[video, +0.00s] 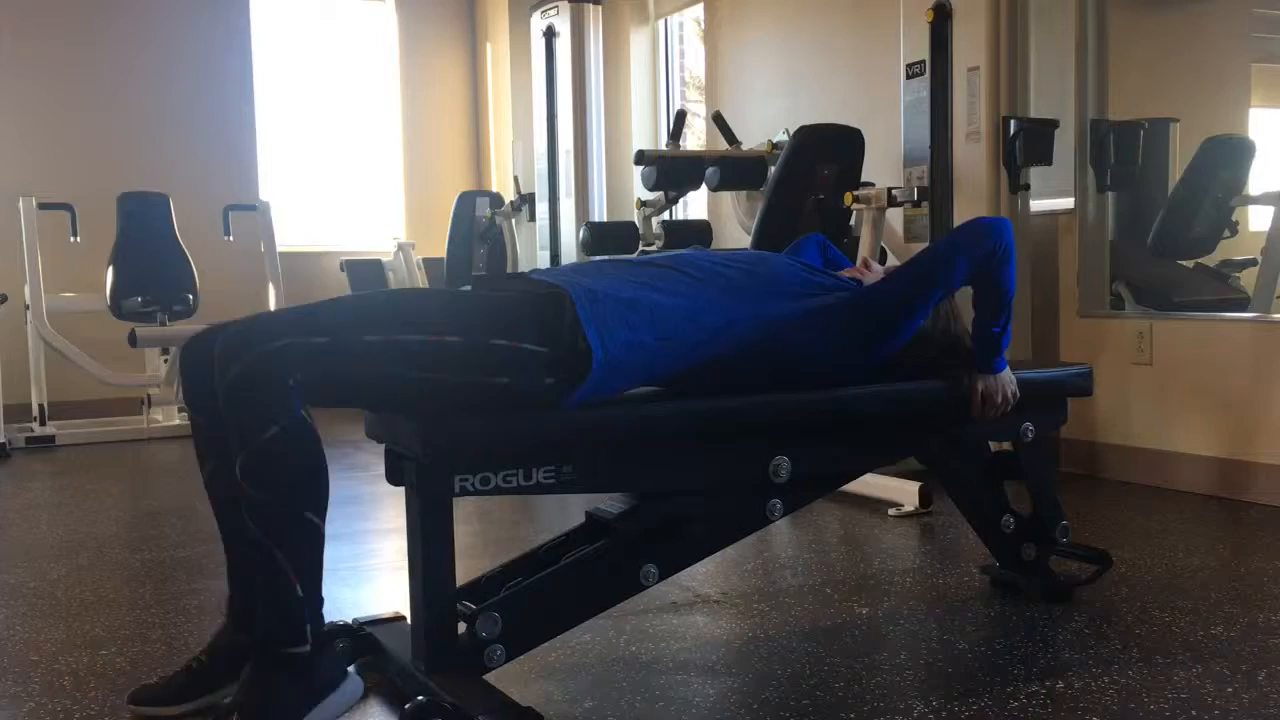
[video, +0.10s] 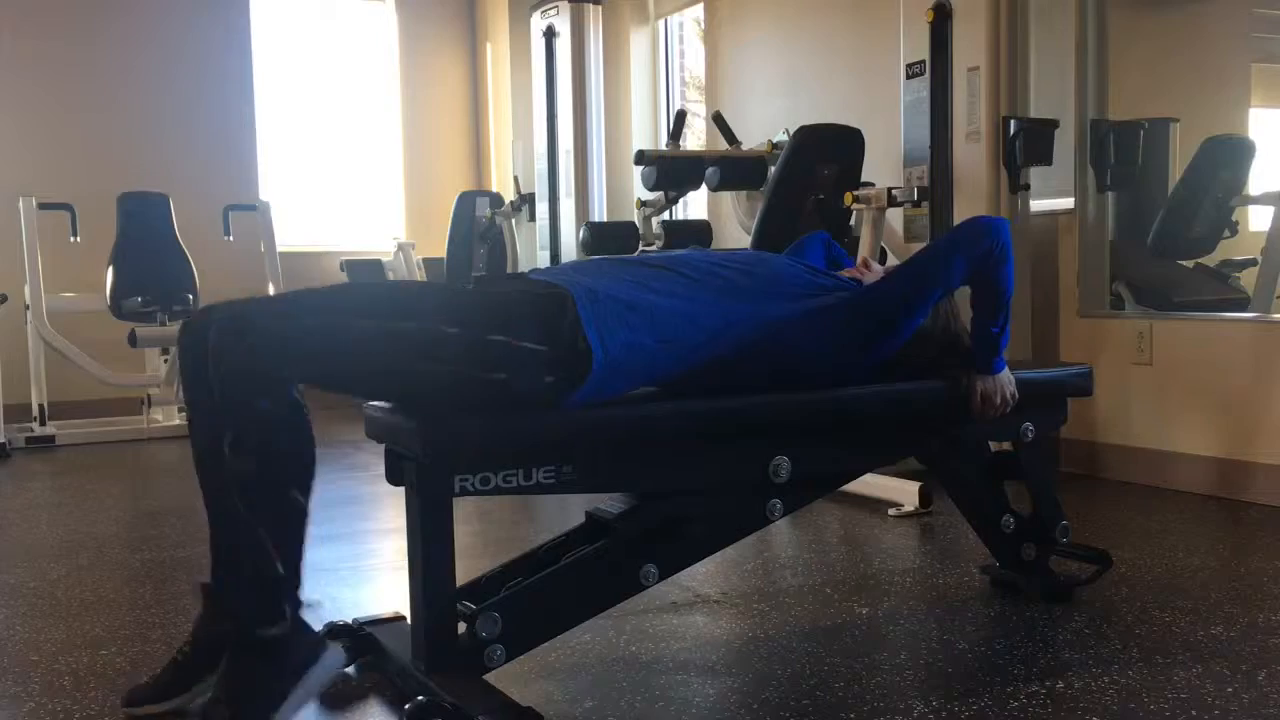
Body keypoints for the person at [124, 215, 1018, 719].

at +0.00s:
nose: (911, 276)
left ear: (914, 311)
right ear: (886, 287)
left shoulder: (859, 323)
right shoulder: (777, 280)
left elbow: (991, 230)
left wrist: (991, 360)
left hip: (551, 332)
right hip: (511, 302)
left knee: (249, 370)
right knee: (206, 357)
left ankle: (303, 644)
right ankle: (252, 625)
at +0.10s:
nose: (888, 256)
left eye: (916, 278)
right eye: (901, 264)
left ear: (913, 309)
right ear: (879, 285)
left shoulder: (851, 321)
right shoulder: (761, 283)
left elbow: (988, 231)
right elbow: (817, 220)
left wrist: (988, 358)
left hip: (547, 331)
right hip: (506, 302)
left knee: (236, 338)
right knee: (223, 330)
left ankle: (269, 619)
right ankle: (236, 604)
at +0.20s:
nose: (852, 248)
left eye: (864, 253)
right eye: (846, 244)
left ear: (874, 291)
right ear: (818, 270)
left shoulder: (854, 319)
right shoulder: (758, 282)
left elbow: (985, 229)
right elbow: (816, 211)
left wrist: (982, 354)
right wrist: (861, 270)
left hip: (548, 333)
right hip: (505, 297)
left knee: (233, 338)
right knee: (217, 325)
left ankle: (243, 622)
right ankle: (204, 602)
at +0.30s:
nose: (843, 236)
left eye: (852, 233)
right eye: (837, 229)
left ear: (864, 277)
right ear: (819, 253)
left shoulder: (850, 316)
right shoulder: (738, 273)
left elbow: (979, 223)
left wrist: (980, 354)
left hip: (539, 335)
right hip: (500, 302)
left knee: (222, 365)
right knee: (213, 355)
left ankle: (182, 653)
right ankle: (156, 637)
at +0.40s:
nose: (841, 239)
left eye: (853, 238)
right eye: (835, 231)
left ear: (860, 276)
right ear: (806, 254)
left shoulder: (843, 315)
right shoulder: (733, 275)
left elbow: (972, 225)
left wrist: (969, 343)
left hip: (540, 341)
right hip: (500, 311)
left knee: (225, 385)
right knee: (214, 369)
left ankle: (156, 664)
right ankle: (137, 648)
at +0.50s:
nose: (840, 234)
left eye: (850, 231)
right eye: (835, 226)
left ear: (856, 272)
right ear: (813, 250)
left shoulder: (844, 313)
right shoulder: (735, 273)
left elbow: (974, 223)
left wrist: (973, 347)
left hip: (541, 332)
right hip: (504, 304)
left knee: (225, 377)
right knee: (223, 368)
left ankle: (127, 656)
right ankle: (129, 640)